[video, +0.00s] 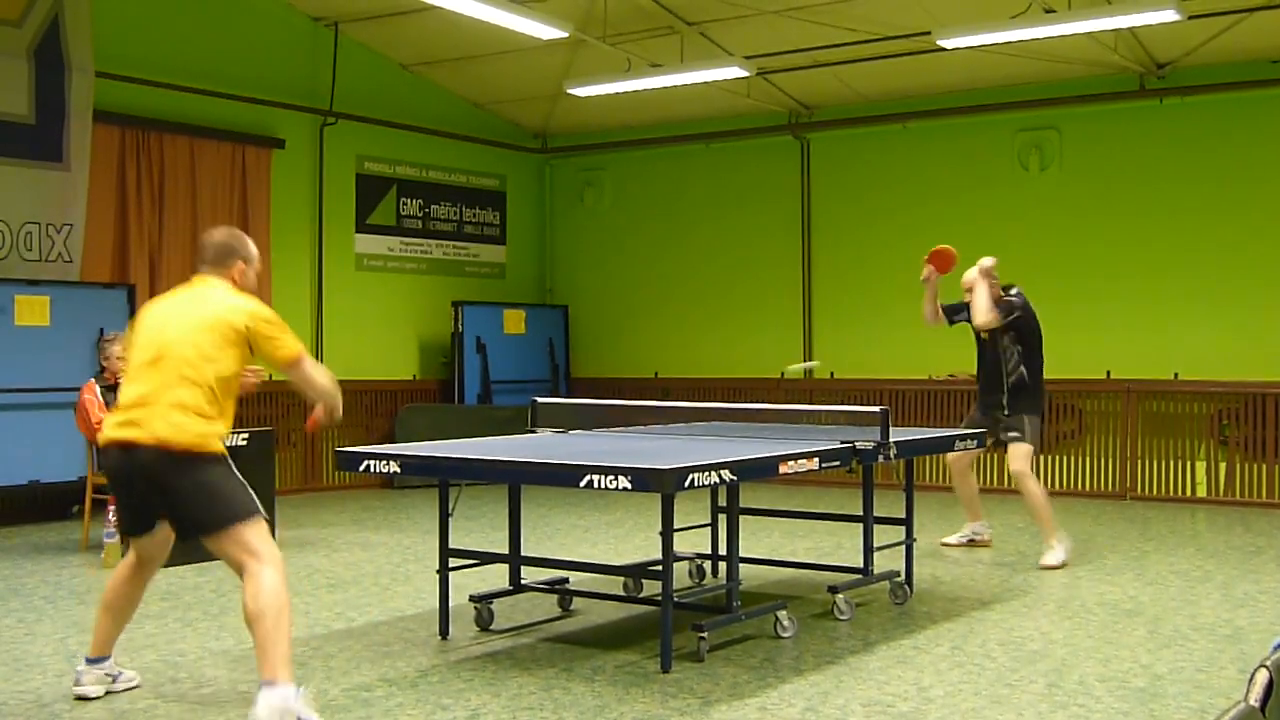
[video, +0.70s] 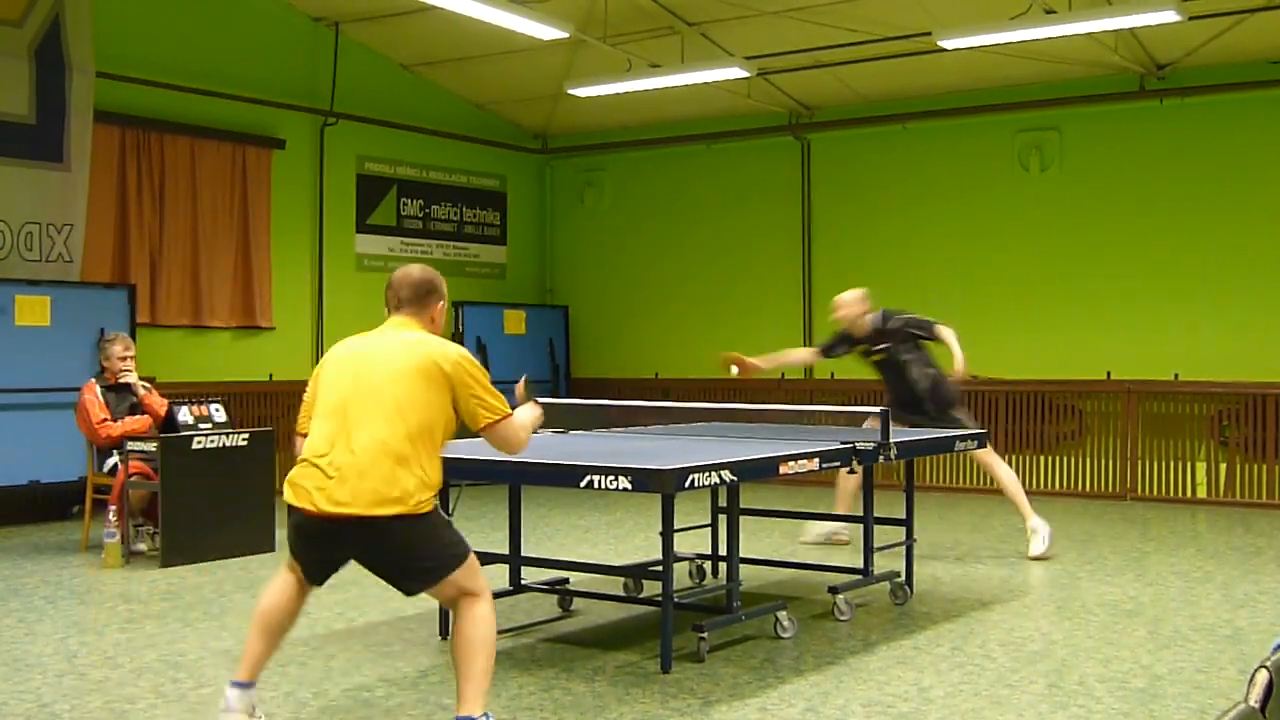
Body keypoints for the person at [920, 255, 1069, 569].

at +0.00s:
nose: (967, 296)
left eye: (970, 289)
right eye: (965, 291)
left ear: (989, 283)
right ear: (968, 292)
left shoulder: (1016, 304)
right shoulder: (975, 307)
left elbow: (983, 320)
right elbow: (934, 318)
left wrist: (983, 277)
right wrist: (931, 287)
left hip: (1023, 406)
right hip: (988, 404)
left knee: (1019, 468)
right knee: (958, 459)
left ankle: (1054, 543)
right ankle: (977, 527)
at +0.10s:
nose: (976, 294)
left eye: (982, 288)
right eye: (973, 289)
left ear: (1001, 287)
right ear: (972, 290)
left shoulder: (1020, 310)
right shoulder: (971, 312)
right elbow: (939, 332)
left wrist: (997, 314)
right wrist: (920, 317)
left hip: (1020, 409)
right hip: (981, 406)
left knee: (1022, 470)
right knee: (935, 459)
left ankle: (1053, 544)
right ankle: (955, 518)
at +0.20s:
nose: (973, 291)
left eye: (980, 285)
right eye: (969, 285)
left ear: (997, 287)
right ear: (966, 287)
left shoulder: (1017, 314)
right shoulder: (965, 316)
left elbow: (1044, 353)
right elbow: (939, 343)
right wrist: (921, 337)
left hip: (1017, 407)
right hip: (978, 405)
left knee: (1024, 469)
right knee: (930, 461)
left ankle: (1054, 545)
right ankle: (934, 531)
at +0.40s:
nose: (944, 284)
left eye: (950, 278)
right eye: (940, 279)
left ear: (967, 280)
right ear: (937, 283)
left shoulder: (991, 308)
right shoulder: (937, 310)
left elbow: (1015, 351)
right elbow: (921, 341)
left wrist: (1000, 393)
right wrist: (909, 359)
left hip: (989, 394)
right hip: (952, 393)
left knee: (1011, 461)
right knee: (912, 444)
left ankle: (1045, 537)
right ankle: (921, 520)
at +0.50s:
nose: (918, 295)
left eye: (924, 288)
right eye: (914, 290)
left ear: (943, 287)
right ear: (913, 293)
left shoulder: (967, 317)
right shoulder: (921, 322)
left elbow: (986, 363)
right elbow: (912, 363)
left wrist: (965, 401)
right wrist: (884, 391)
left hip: (981, 401)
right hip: (942, 399)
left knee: (1002, 471)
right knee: (894, 450)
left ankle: (1041, 536)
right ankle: (870, 522)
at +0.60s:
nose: (886, 302)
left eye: (891, 296)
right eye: (884, 297)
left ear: (913, 295)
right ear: (891, 298)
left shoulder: (941, 320)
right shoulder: (898, 327)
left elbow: (971, 359)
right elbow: (882, 364)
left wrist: (953, 396)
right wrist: (847, 392)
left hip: (966, 401)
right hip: (928, 400)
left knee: (993, 468)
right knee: (880, 443)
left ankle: (1040, 536)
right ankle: (859, 515)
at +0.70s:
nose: (837, 315)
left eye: (843, 309)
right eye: (836, 310)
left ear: (863, 307)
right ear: (843, 314)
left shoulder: (892, 323)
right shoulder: (848, 340)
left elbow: (944, 331)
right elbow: (809, 355)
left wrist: (959, 364)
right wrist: (760, 363)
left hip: (940, 408)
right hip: (901, 411)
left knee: (987, 459)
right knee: (854, 449)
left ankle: (1034, 524)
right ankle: (839, 524)